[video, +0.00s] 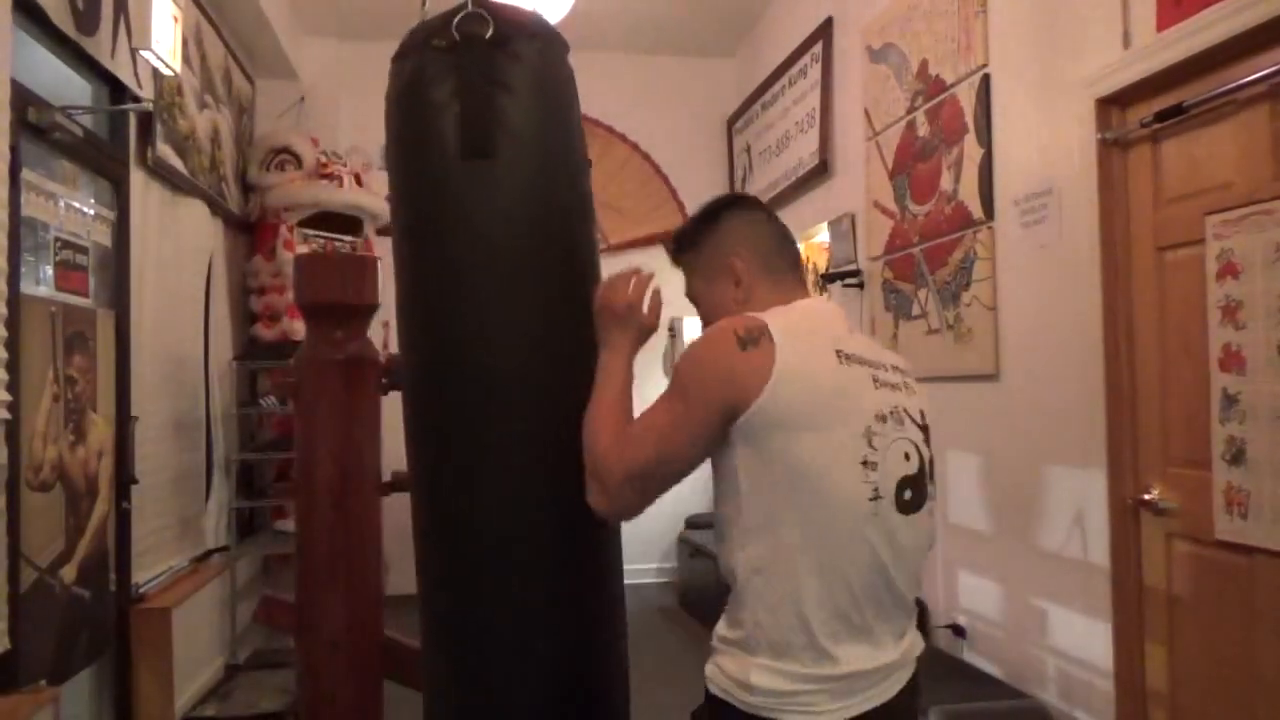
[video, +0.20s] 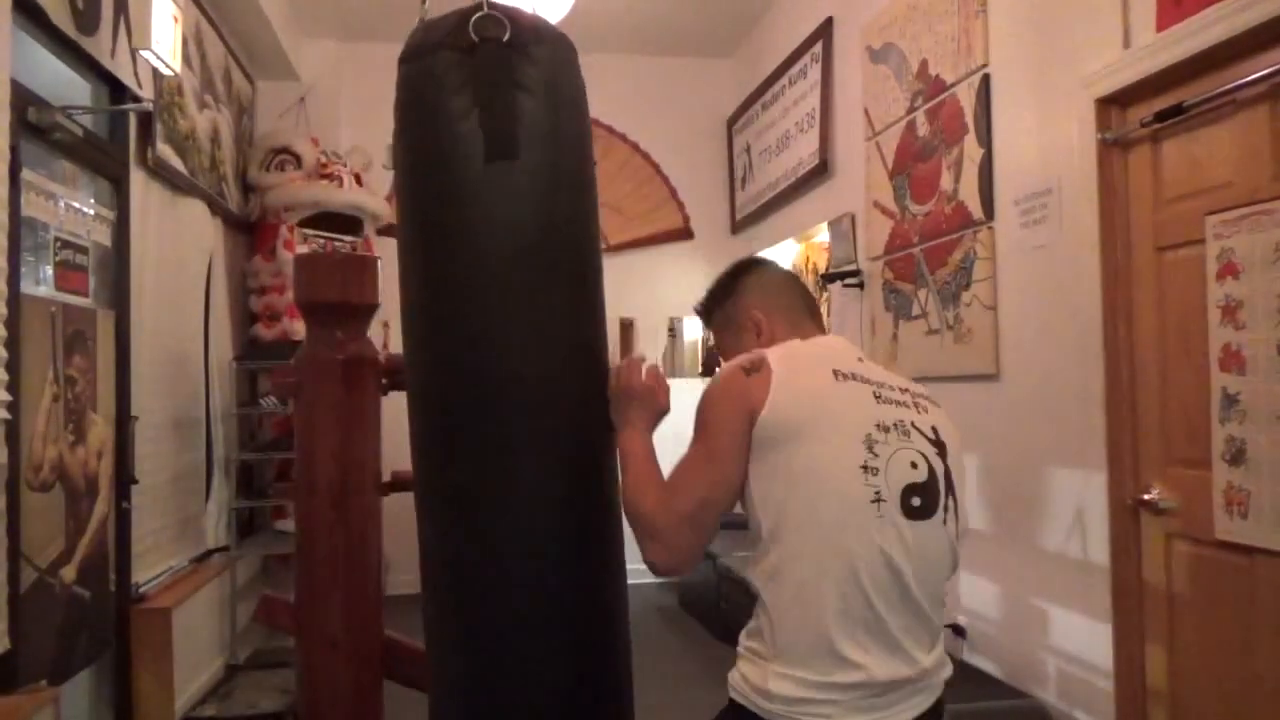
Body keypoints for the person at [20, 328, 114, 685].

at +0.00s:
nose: (70, 391)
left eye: (77, 381)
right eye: (65, 382)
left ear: (91, 384)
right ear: (60, 387)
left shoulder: (105, 432)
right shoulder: (62, 438)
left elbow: (104, 501)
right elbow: (37, 479)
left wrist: (75, 562)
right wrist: (46, 401)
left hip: (103, 552)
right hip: (74, 551)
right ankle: (56, 687)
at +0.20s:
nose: (71, 391)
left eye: (76, 382)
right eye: (65, 383)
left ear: (90, 385)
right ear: (59, 391)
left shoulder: (105, 431)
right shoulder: (62, 441)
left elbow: (105, 502)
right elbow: (37, 481)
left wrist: (75, 563)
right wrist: (46, 401)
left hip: (106, 551)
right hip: (74, 552)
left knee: (104, 632)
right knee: (70, 629)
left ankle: (106, 696)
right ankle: (57, 690)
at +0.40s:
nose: (71, 393)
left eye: (77, 384)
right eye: (66, 386)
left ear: (91, 387)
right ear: (60, 394)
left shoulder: (104, 432)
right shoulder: (62, 441)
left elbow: (104, 502)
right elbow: (37, 481)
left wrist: (75, 562)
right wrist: (45, 401)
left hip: (104, 553)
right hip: (73, 554)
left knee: (104, 635)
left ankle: (106, 697)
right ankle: (57, 692)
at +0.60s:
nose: (70, 394)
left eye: (76, 384)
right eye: (65, 386)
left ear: (90, 386)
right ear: (59, 394)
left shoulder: (105, 432)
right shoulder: (62, 441)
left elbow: (105, 501)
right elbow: (37, 480)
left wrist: (76, 562)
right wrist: (46, 402)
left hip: (105, 553)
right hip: (74, 554)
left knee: (104, 633)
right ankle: (57, 690)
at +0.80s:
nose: (70, 392)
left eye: (75, 382)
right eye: (64, 384)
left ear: (90, 385)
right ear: (60, 391)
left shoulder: (105, 432)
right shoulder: (62, 441)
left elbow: (105, 501)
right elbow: (37, 480)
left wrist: (75, 562)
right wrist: (46, 401)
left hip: (105, 554)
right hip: (74, 554)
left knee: (104, 633)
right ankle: (58, 690)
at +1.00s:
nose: (71, 391)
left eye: (77, 382)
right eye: (65, 382)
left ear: (92, 383)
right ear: (59, 388)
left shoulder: (104, 430)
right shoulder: (62, 438)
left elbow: (105, 499)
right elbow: (37, 480)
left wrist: (76, 561)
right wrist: (45, 402)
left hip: (102, 550)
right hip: (72, 549)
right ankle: (53, 687)